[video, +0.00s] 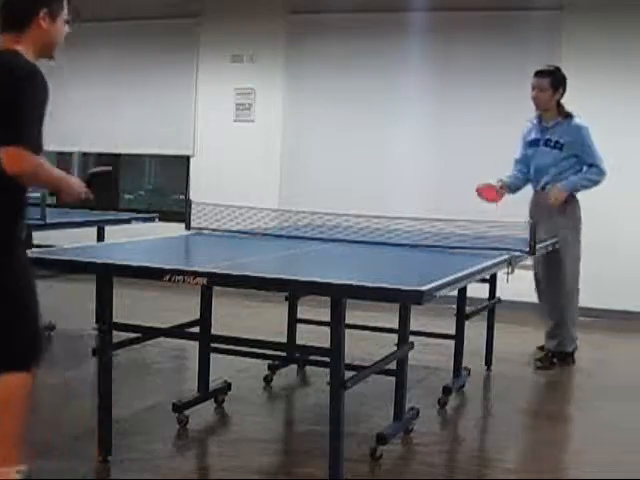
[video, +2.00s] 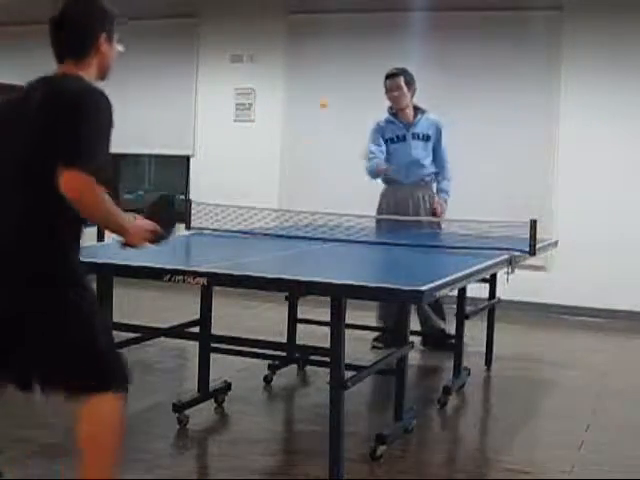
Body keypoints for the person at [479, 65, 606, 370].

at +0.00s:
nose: (534, 95)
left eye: (541, 90)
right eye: (533, 89)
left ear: (558, 93)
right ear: (532, 92)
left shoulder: (576, 131)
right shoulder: (532, 131)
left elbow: (597, 171)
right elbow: (523, 171)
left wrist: (566, 187)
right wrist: (504, 185)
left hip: (563, 207)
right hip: (539, 206)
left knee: (564, 274)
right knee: (544, 275)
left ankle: (564, 346)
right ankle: (556, 339)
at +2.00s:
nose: (393, 95)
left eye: (398, 89)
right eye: (389, 91)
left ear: (412, 90)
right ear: (385, 95)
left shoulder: (432, 125)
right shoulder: (381, 128)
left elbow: (442, 166)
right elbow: (373, 161)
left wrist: (442, 196)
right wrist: (381, 167)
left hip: (424, 195)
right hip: (394, 195)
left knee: (428, 261)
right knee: (391, 261)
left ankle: (434, 332)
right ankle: (393, 332)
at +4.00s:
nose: (365, 109)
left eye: (370, 104)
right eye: (362, 104)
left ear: (382, 109)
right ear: (358, 109)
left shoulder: (396, 144)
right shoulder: (353, 146)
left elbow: (410, 186)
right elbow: (350, 188)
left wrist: (405, 220)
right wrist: (350, 220)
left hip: (392, 216)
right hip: (363, 217)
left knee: (389, 267)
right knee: (363, 268)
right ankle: (375, 322)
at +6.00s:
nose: (131, 126)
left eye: (136, 119)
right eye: (128, 119)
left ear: (154, 113)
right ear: (125, 117)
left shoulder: (181, 143)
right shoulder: (128, 142)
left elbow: (187, 198)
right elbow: (129, 189)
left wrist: (153, 222)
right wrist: (138, 227)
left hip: (183, 215)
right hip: (152, 216)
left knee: (168, 274)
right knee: (153, 268)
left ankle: (152, 337)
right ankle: (196, 291)